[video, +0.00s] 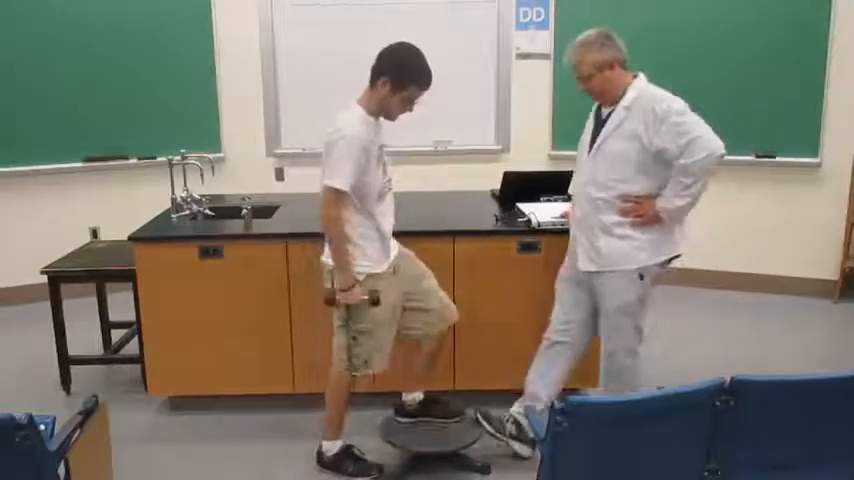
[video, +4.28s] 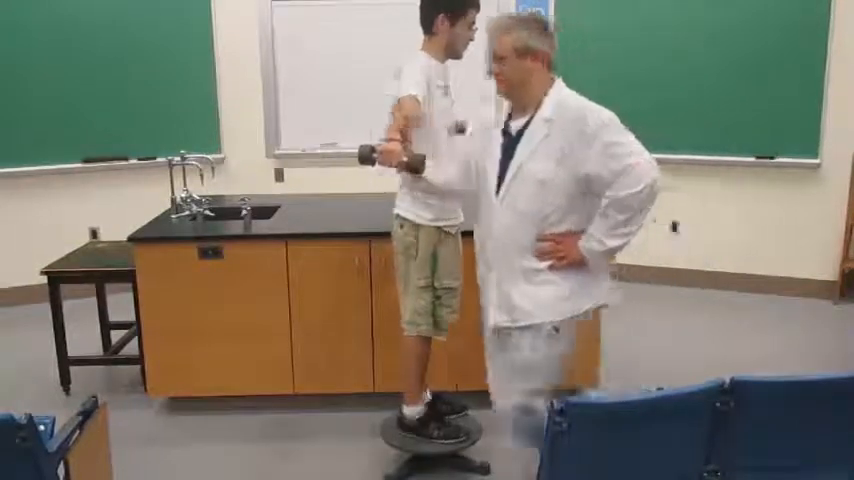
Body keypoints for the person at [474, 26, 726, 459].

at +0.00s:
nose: (582, 87)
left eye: (587, 76)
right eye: (579, 78)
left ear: (614, 67)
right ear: (600, 71)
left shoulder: (655, 105)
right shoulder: (600, 112)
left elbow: (705, 149)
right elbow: (602, 174)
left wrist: (666, 207)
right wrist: (583, 208)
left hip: (628, 253)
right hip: (586, 248)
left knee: (620, 352)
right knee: (562, 336)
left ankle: (618, 435)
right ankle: (529, 419)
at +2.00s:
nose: (602, 88)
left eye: (608, 78)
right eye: (599, 79)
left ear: (638, 70)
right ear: (625, 73)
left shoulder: (675, 114)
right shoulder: (614, 111)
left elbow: (723, 161)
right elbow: (615, 174)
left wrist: (678, 215)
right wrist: (592, 211)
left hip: (633, 258)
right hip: (590, 250)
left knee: (620, 360)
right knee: (561, 338)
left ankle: (618, 443)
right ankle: (528, 424)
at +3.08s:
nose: (609, 61)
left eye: (617, 53)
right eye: (606, 53)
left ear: (647, 54)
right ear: (605, 55)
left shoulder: (681, 104)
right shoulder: (595, 106)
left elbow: (732, 149)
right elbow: (566, 160)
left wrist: (687, 204)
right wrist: (542, 201)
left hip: (646, 250)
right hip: (596, 248)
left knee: (628, 348)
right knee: (594, 343)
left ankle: (635, 435)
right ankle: (600, 428)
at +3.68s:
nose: (606, 63)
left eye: (616, 55)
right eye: (604, 54)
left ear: (649, 58)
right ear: (601, 57)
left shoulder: (696, 115)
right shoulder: (584, 115)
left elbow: (753, 158)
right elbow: (535, 146)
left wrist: (703, 217)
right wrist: (482, 156)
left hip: (657, 281)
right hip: (590, 276)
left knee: (654, 390)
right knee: (586, 375)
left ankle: (652, 479)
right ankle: (602, 467)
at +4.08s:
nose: (539, 72)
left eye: (549, 62)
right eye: (538, 62)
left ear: (585, 65)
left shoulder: (633, 124)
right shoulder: (528, 127)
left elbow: (695, 177)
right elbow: (492, 170)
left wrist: (646, 241)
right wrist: (437, 161)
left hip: (605, 301)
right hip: (537, 299)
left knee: (618, 412)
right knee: (534, 407)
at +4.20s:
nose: (492, 73)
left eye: (500, 61)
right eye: (491, 62)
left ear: (538, 60)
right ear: (528, 62)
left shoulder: (584, 119)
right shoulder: (497, 121)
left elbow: (640, 178)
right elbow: (469, 179)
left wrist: (591, 245)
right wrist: (415, 164)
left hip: (554, 306)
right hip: (502, 302)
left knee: (538, 425)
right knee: (514, 420)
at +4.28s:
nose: (492, 73)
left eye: (500, 61)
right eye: (491, 62)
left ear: (538, 60)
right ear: (528, 62)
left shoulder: (584, 119)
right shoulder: (497, 121)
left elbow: (640, 178)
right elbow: (469, 179)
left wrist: (591, 245)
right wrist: (415, 164)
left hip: (550, 305)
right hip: (501, 300)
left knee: (535, 423)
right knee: (512, 417)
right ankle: (525, 476)